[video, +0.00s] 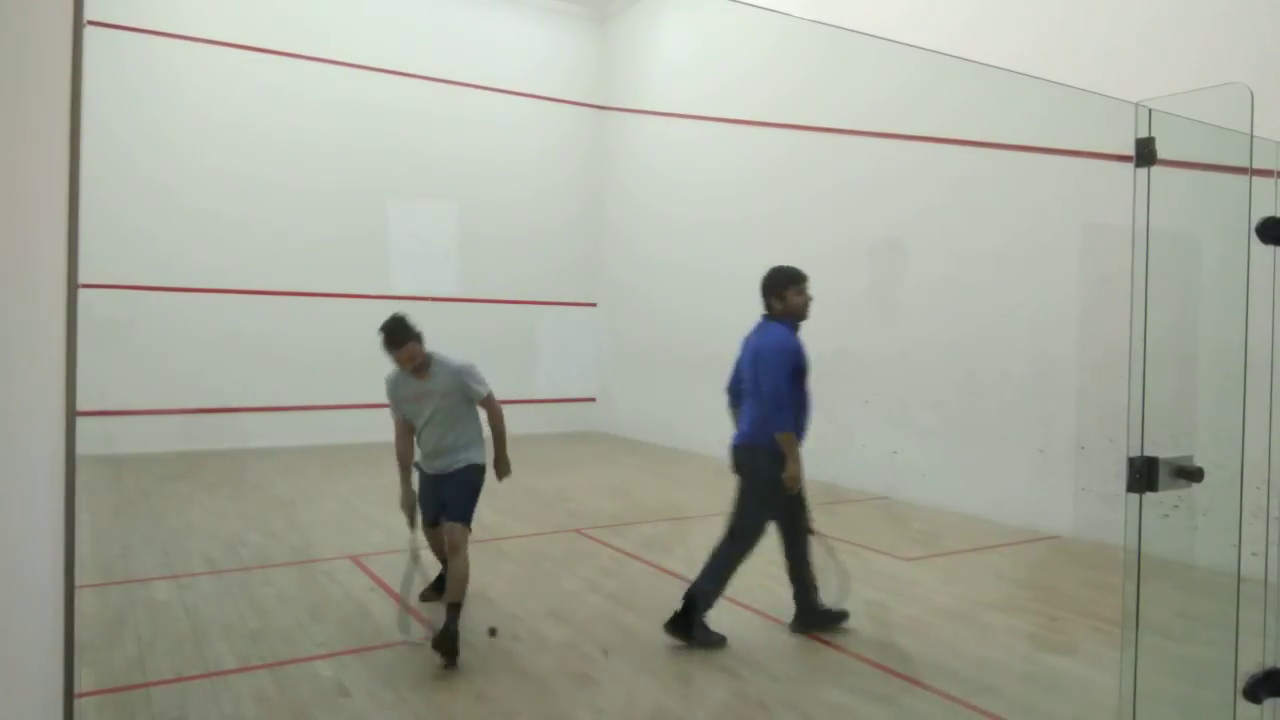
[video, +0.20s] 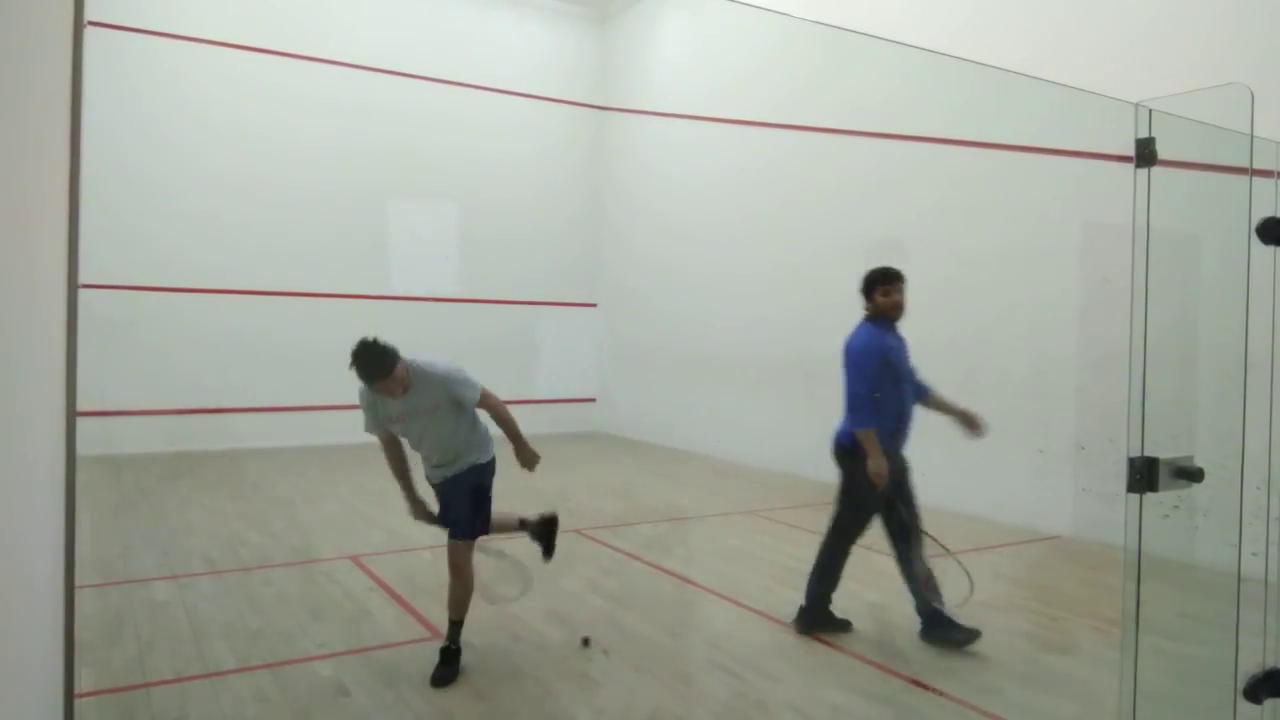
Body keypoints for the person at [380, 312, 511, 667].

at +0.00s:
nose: (405, 357)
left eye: (409, 348)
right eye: (397, 353)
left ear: (420, 342)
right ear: (391, 355)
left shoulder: (458, 372)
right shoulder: (397, 385)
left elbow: (493, 408)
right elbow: (403, 435)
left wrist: (501, 455)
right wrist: (405, 487)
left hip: (466, 463)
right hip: (430, 466)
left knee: (454, 538)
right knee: (432, 530)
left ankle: (451, 628)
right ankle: (449, 573)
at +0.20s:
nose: (392, 390)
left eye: (395, 381)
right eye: (383, 388)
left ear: (401, 364)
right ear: (371, 383)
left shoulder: (440, 377)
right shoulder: (372, 396)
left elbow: (492, 403)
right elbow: (391, 446)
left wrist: (521, 446)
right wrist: (412, 497)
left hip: (473, 463)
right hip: (437, 472)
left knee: (458, 557)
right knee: (466, 524)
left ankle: (452, 646)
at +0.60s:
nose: (389, 316)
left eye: (400, 307)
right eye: (382, 304)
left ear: (412, 305)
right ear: (365, 295)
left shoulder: (420, 344)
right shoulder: (331, 356)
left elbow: (471, 378)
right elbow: (311, 433)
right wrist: (299, 504)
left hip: (418, 490)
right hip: (356, 495)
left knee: (422, 597)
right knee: (356, 597)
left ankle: (409, 694)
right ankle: (360, 678)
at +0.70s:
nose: (399, 321)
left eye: (413, 314)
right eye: (394, 307)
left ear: (428, 316)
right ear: (383, 297)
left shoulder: (439, 353)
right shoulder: (342, 363)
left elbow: (498, 346)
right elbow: (318, 439)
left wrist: (447, 304)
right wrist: (308, 510)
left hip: (427, 508)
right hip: (361, 512)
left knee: (425, 622)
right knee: (359, 605)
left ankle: (421, 714)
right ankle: (361, 676)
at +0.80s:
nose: (411, 306)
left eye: (425, 300)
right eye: (406, 292)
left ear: (443, 306)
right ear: (395, 287)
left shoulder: (457, 345)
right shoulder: (358, 355)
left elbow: (517, 335)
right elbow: (329, 435)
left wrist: (460, 293)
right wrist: (307, 510)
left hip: (445, 511)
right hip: (376, 515)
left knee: (435, 635)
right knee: (359, 639)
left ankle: (423, 716)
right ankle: (367, 678)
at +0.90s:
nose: (420, 311)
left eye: (434, 303)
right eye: (414, 296)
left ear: (453, 304)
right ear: (403, 289)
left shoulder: (469, 347)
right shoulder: (364, 359)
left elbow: (531, 338)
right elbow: (336, 444)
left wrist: (469, 297)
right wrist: (307, 524)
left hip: (455, 522)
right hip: (383, 525)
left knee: (438, 645)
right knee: (376, 660)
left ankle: (424, 717)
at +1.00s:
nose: (414, 312)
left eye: (430, 302)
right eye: (407, 297)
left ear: (451, 304)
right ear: (396, 292)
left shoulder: (471, 350)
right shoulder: (359, 361)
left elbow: (536, 340)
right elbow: (332, 452)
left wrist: (466, 300)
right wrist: (299, 536)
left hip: (459, 536)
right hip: (383, 540)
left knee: (453, 669)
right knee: (388, 688)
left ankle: (432, 717)